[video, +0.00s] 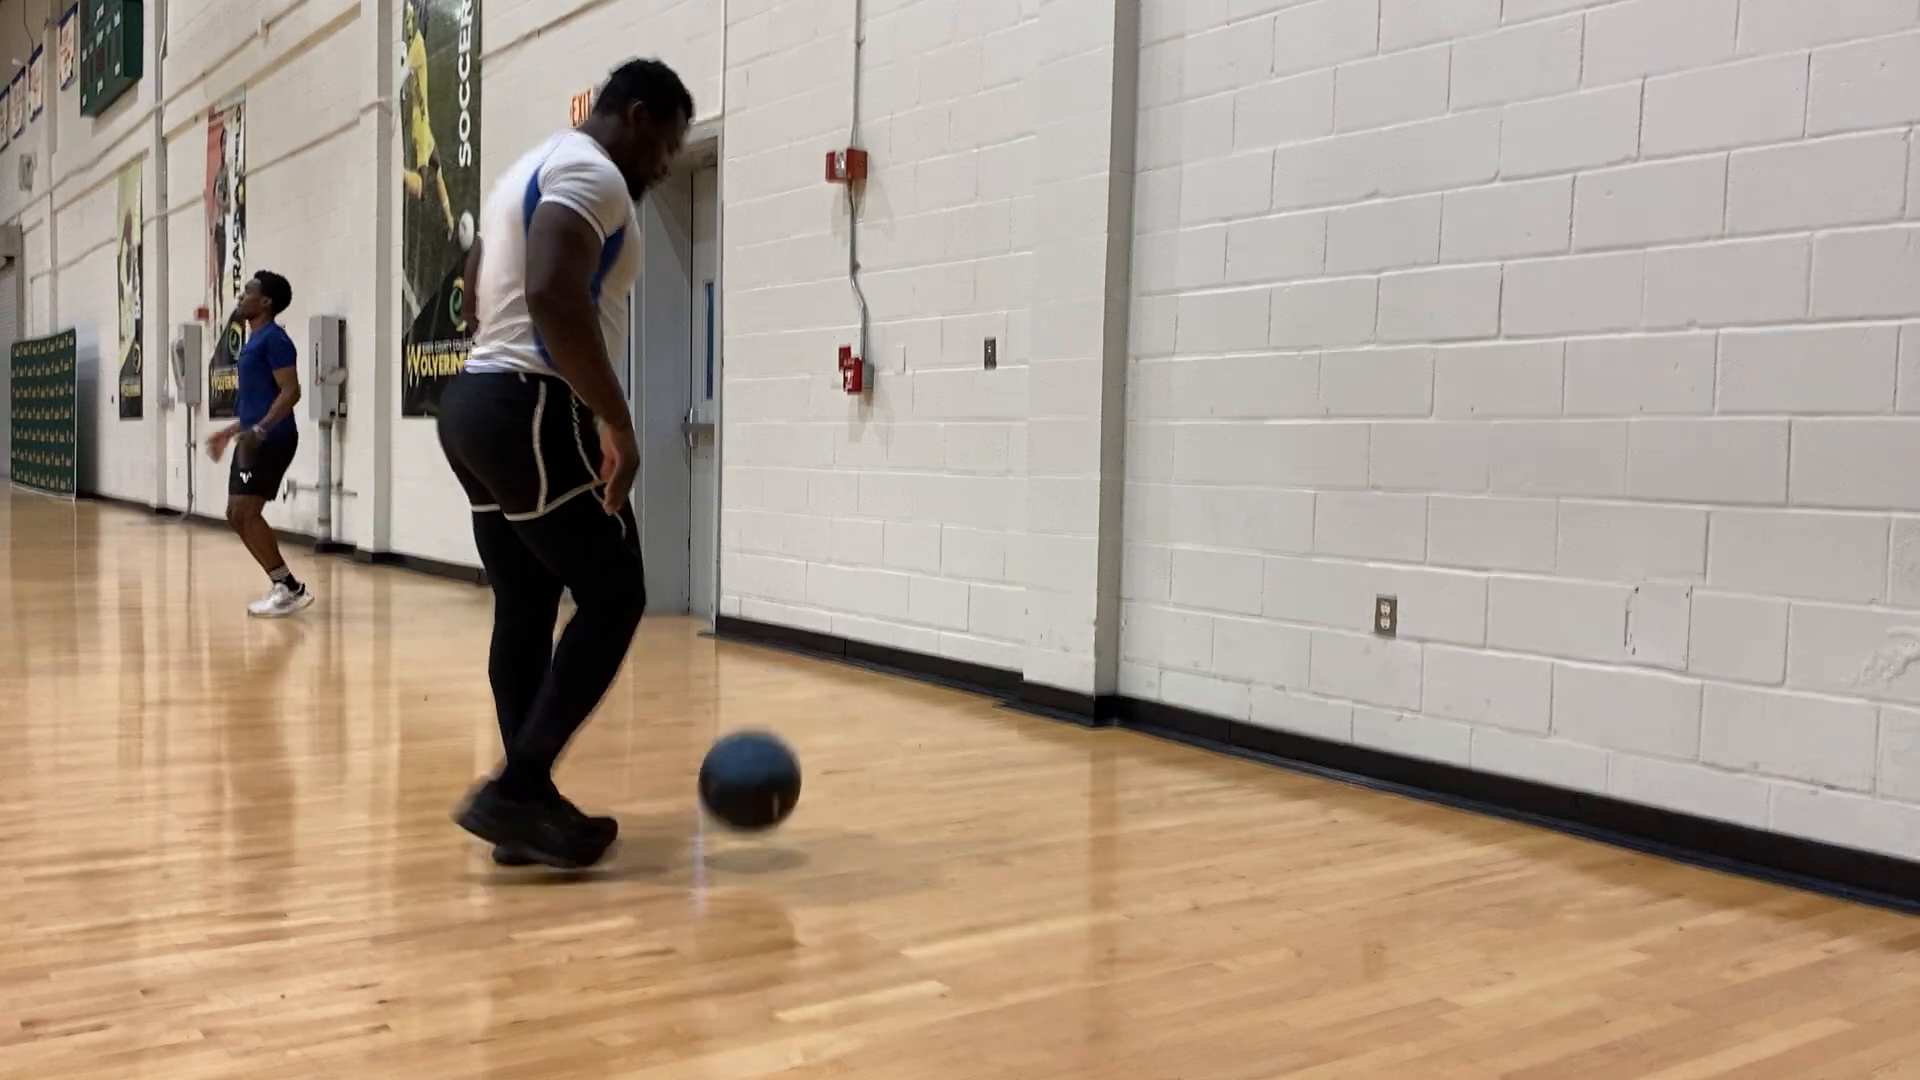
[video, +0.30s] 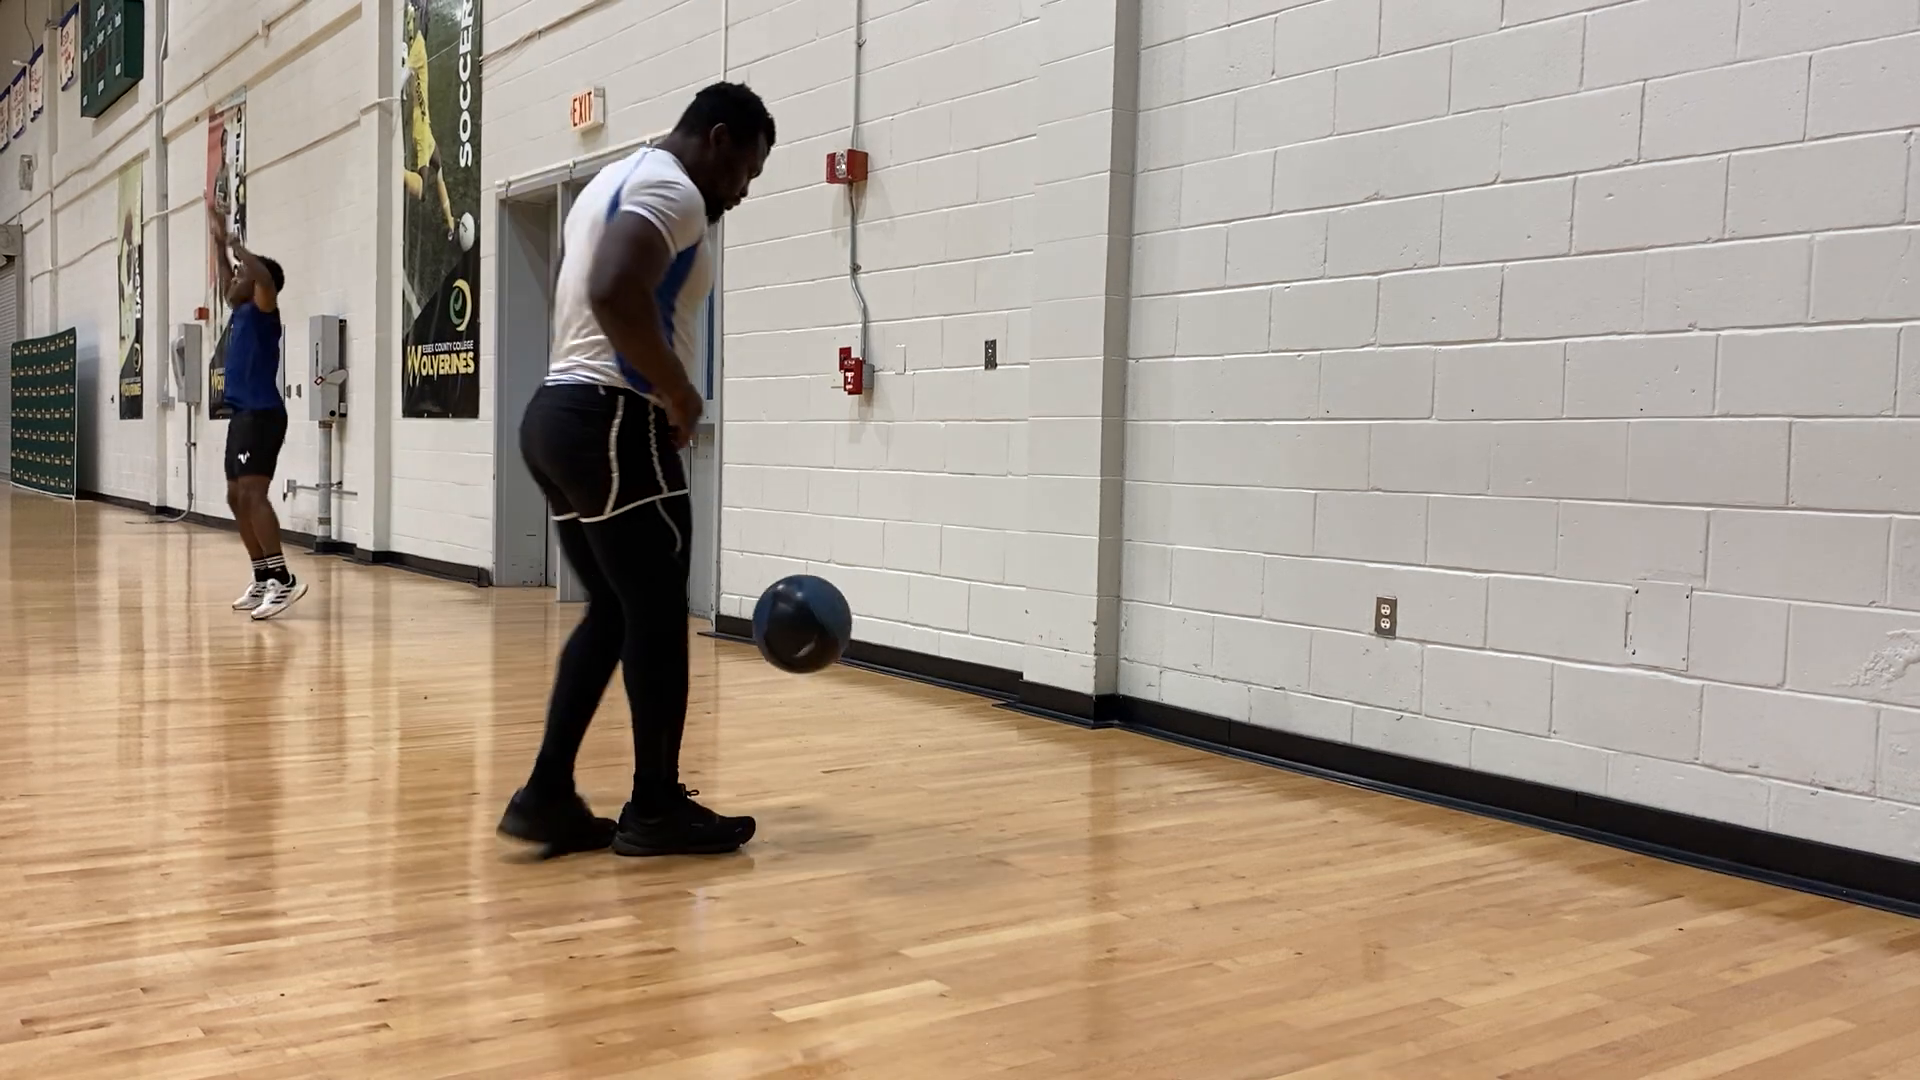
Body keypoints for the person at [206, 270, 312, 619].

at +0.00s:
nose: (240, 296)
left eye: (247, 292)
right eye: (242, 290)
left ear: (264, 302)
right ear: (260, 303)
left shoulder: (274, 339)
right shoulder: (255, 340)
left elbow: (291, 392)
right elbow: (256, 403)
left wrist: (262, 429)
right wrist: (228, 432)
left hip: (273, 435)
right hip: (255, 435)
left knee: (245, 511)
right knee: (236, 514)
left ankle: (288, 587)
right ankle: (284, 586)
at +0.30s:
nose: (235, 278)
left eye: (245, 273)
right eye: (238, 273)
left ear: (261, 284)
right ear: (240, 281)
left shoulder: (262, 314)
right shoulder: (241, 313)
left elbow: (260, 275)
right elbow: (226, 275)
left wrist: (231, 241)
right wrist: (218, 236)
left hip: (262, 416)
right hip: (243, 416)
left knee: (253, 496)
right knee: (237, 497)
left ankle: (283, 580)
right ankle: (262, 578)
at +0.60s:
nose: (227, 267)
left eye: (235, 262)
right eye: (228, 262)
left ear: (254, 272)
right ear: (234, 270)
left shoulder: (257, 303)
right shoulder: (232, 312)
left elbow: (241, 287)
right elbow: (209, 320)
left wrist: (215, 268)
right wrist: (177, 289)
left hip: (247, 403)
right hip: (228, 405)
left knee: (239, 485)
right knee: (226, 486)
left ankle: (271, 571)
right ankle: (254, 569)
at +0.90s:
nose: (203, 295)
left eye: (211, 290)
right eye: (206, 289)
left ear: (231, 303)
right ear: (223, 303)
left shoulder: (234, 340)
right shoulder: (218, 340)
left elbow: (253, 393)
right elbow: (222, 405)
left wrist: (218, 438)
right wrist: (199, 440)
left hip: (240, 438)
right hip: (227, 437)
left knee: (207, 514)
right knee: (203, 515)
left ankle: (257, 590)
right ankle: (254, 587)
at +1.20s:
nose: (195, 276)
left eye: (203, 270)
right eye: (196, 271)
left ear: (218, 277)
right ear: (205, 277)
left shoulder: (222, 306)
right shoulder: (199, 309)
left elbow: (214, 276)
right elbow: (181, 292)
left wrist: (183, 245)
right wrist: (171, 250)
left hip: (219, 409)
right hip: (200, 409)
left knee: (209, 492)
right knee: (190, 494)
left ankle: (234, 579)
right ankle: (215, 575)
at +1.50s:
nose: (173, 265)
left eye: (181, 261)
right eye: (177, 260)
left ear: (198, 271)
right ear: (186, 270)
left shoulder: (206, 301)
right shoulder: (183, 306)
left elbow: (207, 294)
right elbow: (167, 314)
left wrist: (196, 269)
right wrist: (142, 296)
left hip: (193, 403)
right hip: (179, 403)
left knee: (183, 488)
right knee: (177, 489)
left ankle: (219, 572)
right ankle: (206, 571)